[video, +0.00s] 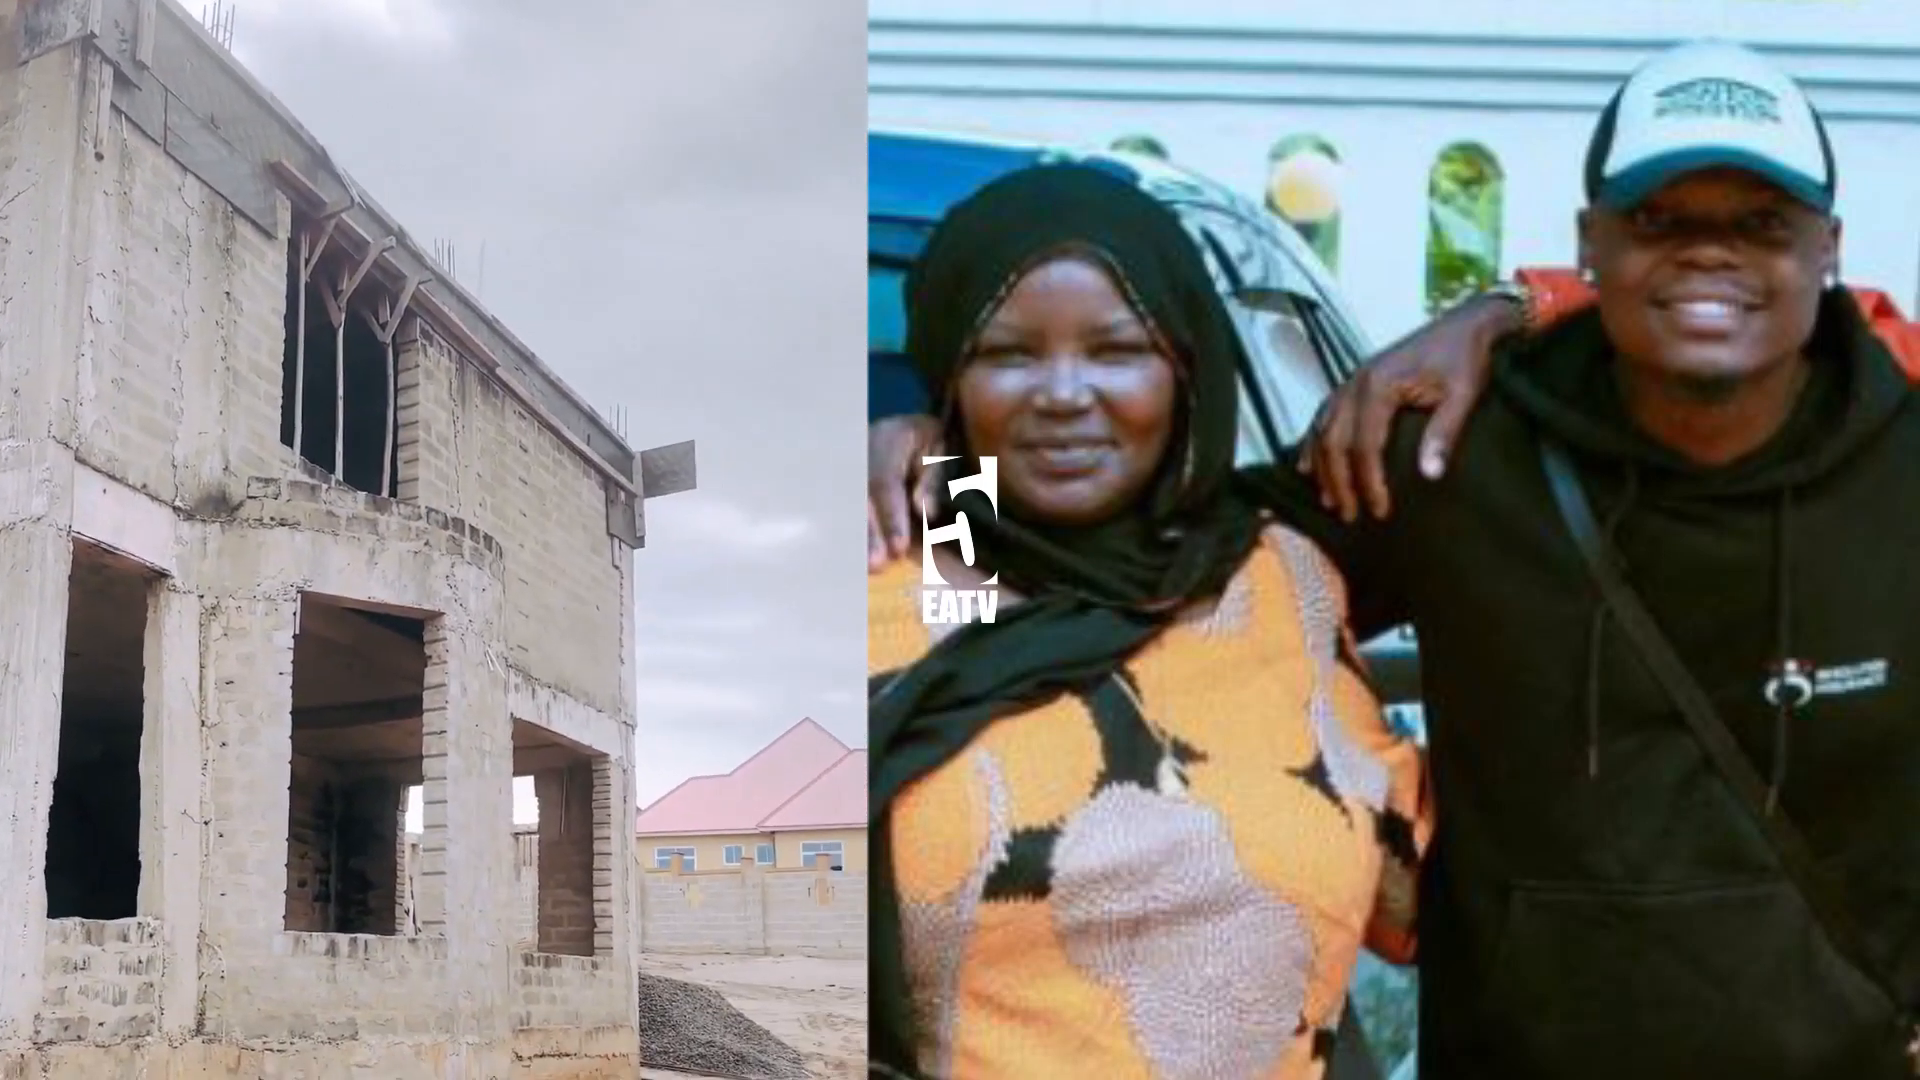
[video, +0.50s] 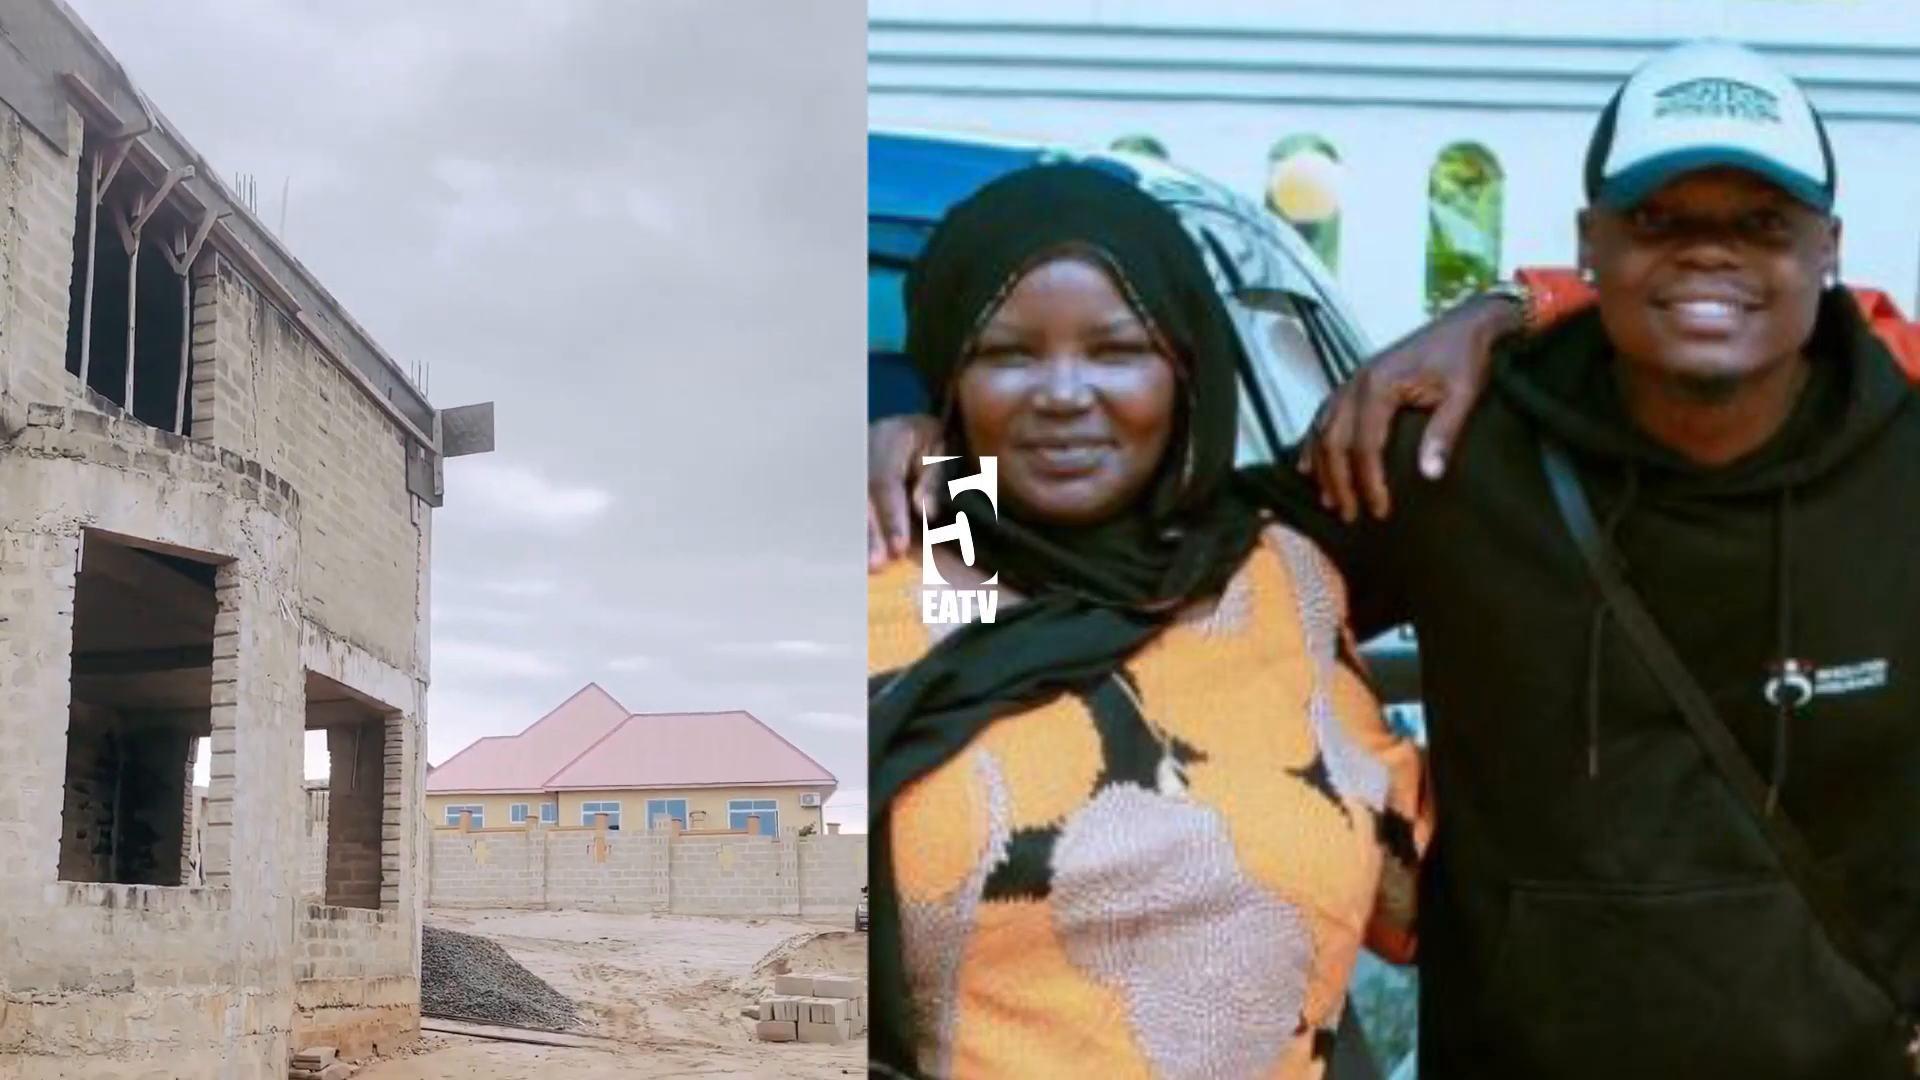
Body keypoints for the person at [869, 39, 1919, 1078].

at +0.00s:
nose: (1707, 251)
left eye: (1757, 219)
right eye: (1664, 215)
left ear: (1826, 250)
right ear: (1595, 242)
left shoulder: (1898, 445)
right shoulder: (1464, 448)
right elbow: (1176, 556)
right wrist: (957, 460)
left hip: (1849, 1037)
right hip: (1535, 1044)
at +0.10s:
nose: (1707, 251)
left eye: (1757, 219)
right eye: (1664, 215)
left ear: (1826, 250)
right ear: (1595, 242)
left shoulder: (1898, 445)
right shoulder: (1464, 447)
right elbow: (1175, 556)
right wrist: (955, 461)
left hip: (1849, 1037)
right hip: (1536, 1044)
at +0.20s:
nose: (1706, 251)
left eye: (1756, 219)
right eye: (1664, 215)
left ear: (1826, 250)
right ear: (1595, 242)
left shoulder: (1898, 445)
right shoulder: (1464, 447)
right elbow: (1176, 557)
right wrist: (957, 461)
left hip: (1849, 1037)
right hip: (1535, 1044)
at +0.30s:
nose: (1707, 251)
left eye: (1757, 219)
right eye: (1664, 215)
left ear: (1826, 250)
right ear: (1595, 242)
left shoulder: (1898, 444)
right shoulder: (1464, 447)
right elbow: (1177, 557)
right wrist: (959, 461)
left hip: (1848, 1037)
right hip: (1535, 1044)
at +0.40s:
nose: (1707, 252)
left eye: (1757, 219)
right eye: (1664, 215)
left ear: (1826, 250)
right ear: (1595, 242)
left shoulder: (1898, 444)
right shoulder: (1464, 448)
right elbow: (1177, 558)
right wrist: (958, 463)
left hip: (1849, 1037)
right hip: (1535, 1044)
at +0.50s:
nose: (1706, 251)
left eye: (1757, 219)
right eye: (1664, 215)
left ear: (1826, 250)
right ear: (1595, 242)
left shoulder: (1899, 445)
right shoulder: (1463, 447)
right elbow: (1175, 557)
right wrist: (956, 462)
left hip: (1849, 1037)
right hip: (1535, 1044)